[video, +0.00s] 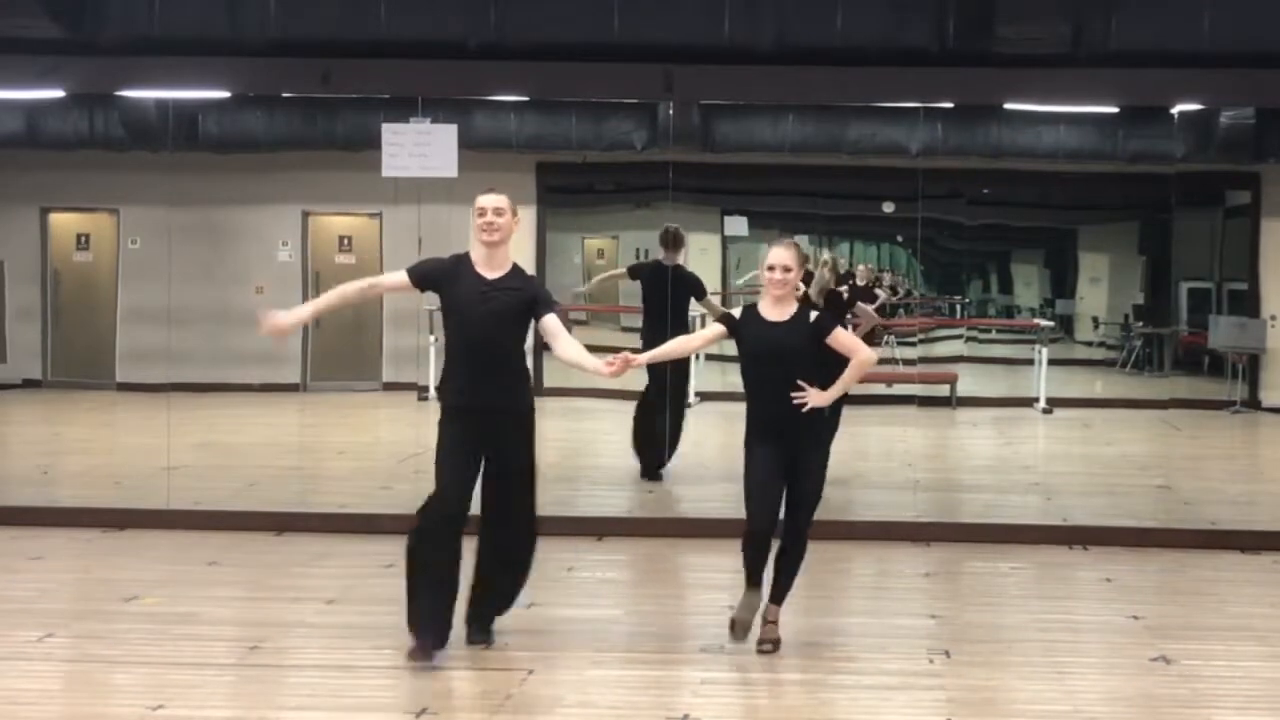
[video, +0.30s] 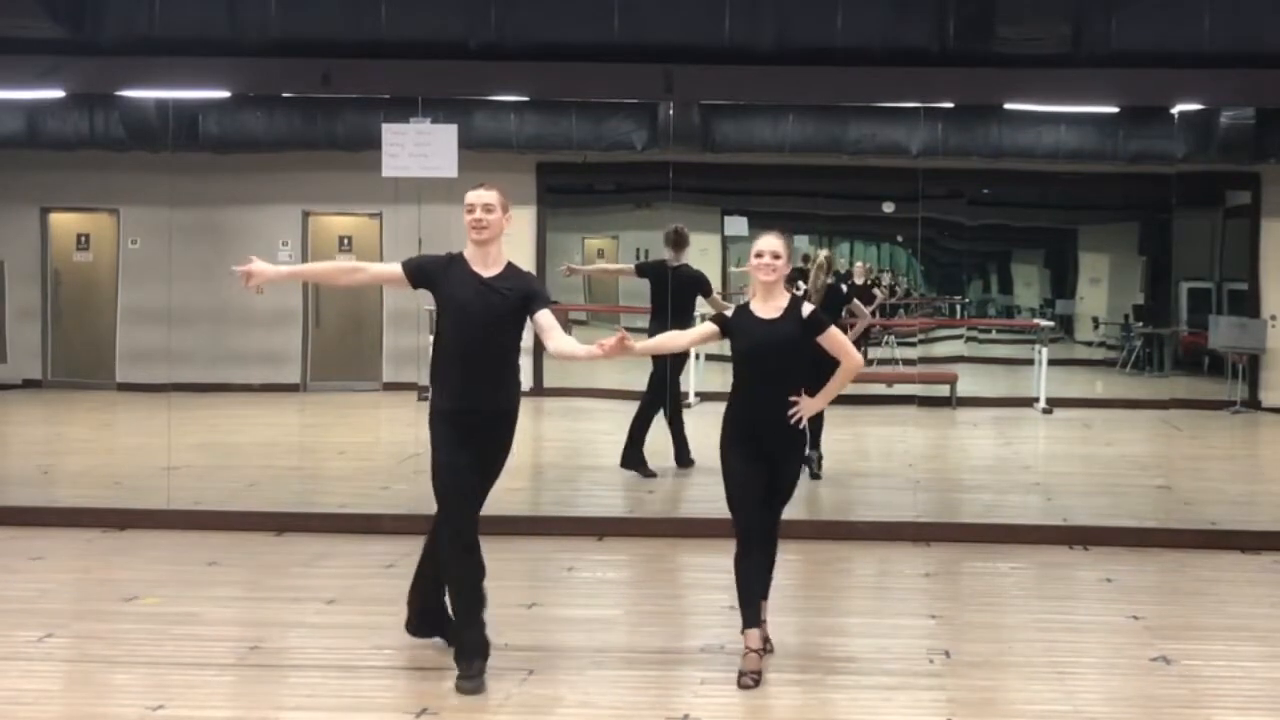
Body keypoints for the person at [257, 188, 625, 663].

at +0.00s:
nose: (489, 219)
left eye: (498, 213)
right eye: (482, 213)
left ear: (515, 223)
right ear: (472, 223)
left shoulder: (529, 287)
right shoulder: (446, 270)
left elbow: (562, 341)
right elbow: (365, 288)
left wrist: (596, 365)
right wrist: (298, 315)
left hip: (513, 415)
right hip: (461, 411)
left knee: (509, 518)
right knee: (447, 510)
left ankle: (483, 615)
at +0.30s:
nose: (479, 216)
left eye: (488, 209)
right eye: (472, 209)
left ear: (507, 219)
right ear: (463, 218)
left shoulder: (525, 284)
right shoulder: (439, 268)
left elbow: (557, 342)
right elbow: (356, 272)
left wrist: (595, 350)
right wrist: (278, 272)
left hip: (499, 416)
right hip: (450, 414)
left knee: (457, 515)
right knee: (460, 522)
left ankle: (424, 610)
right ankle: (471, 651)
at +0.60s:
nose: (466, 226)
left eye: (476, 218)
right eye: (459, 218)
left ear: (496, 226)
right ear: (451, 226)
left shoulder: (518, 293)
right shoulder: (430, 281)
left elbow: (553, 358)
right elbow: (345, 285)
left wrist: (593, 355)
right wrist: (261, 279)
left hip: (492, 434)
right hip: (436, 432)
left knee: (491, 546)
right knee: (437, 547)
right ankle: (466, 655)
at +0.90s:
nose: (467, 221)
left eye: (477, 214)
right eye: (459, 213)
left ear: (494, 222)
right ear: (449, 221)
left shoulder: (513, 288)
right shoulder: (424, 274)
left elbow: (547, 347)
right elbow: (338, 275)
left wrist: (579, 372)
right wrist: (256, 267)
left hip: (488, 423)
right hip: (433, 422)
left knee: (463, 525)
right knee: (432, 531)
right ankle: (467, 654)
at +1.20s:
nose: (467, 206)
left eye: (477, 198)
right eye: (459, 198)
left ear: (494, 207)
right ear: (448, 206)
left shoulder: (514, 274)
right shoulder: (422, 259)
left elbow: (551, 332)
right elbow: (332, 257)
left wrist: (585, 356)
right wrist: (251, 247)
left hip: (493, 397)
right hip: (439, 401)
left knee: (474, 457)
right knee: (456, 525)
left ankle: (427, 525)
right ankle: (468, 657)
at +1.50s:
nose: (465, 208)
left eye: (475, 200)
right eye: (458, 200)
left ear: (493, 210)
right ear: (448, 209)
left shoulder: (514, 275)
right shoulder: (424, 266)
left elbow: (562, 327)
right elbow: (347, 285)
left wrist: (601, 360)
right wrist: (330, 263)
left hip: (494, 405)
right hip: (440, 410)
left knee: (480, 470)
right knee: (458, 532)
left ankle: (423, 522)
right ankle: (474, 656)